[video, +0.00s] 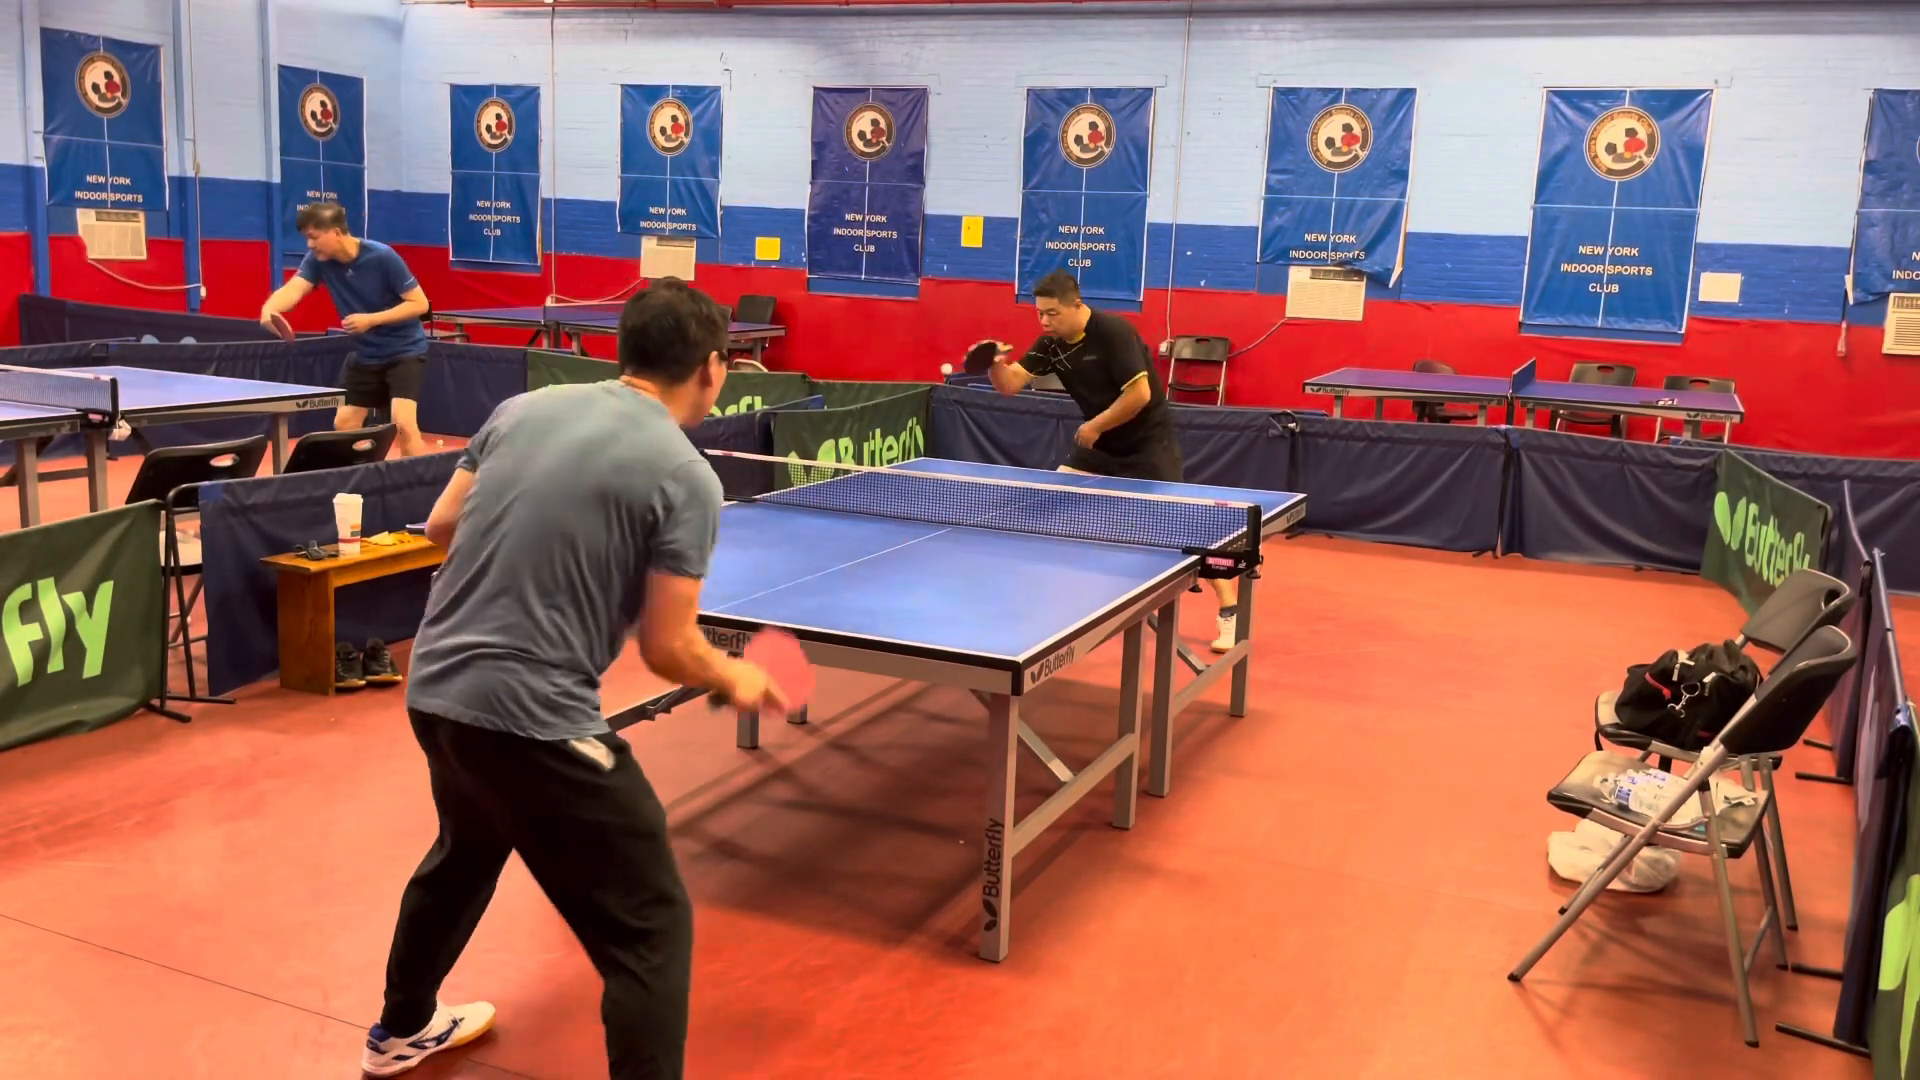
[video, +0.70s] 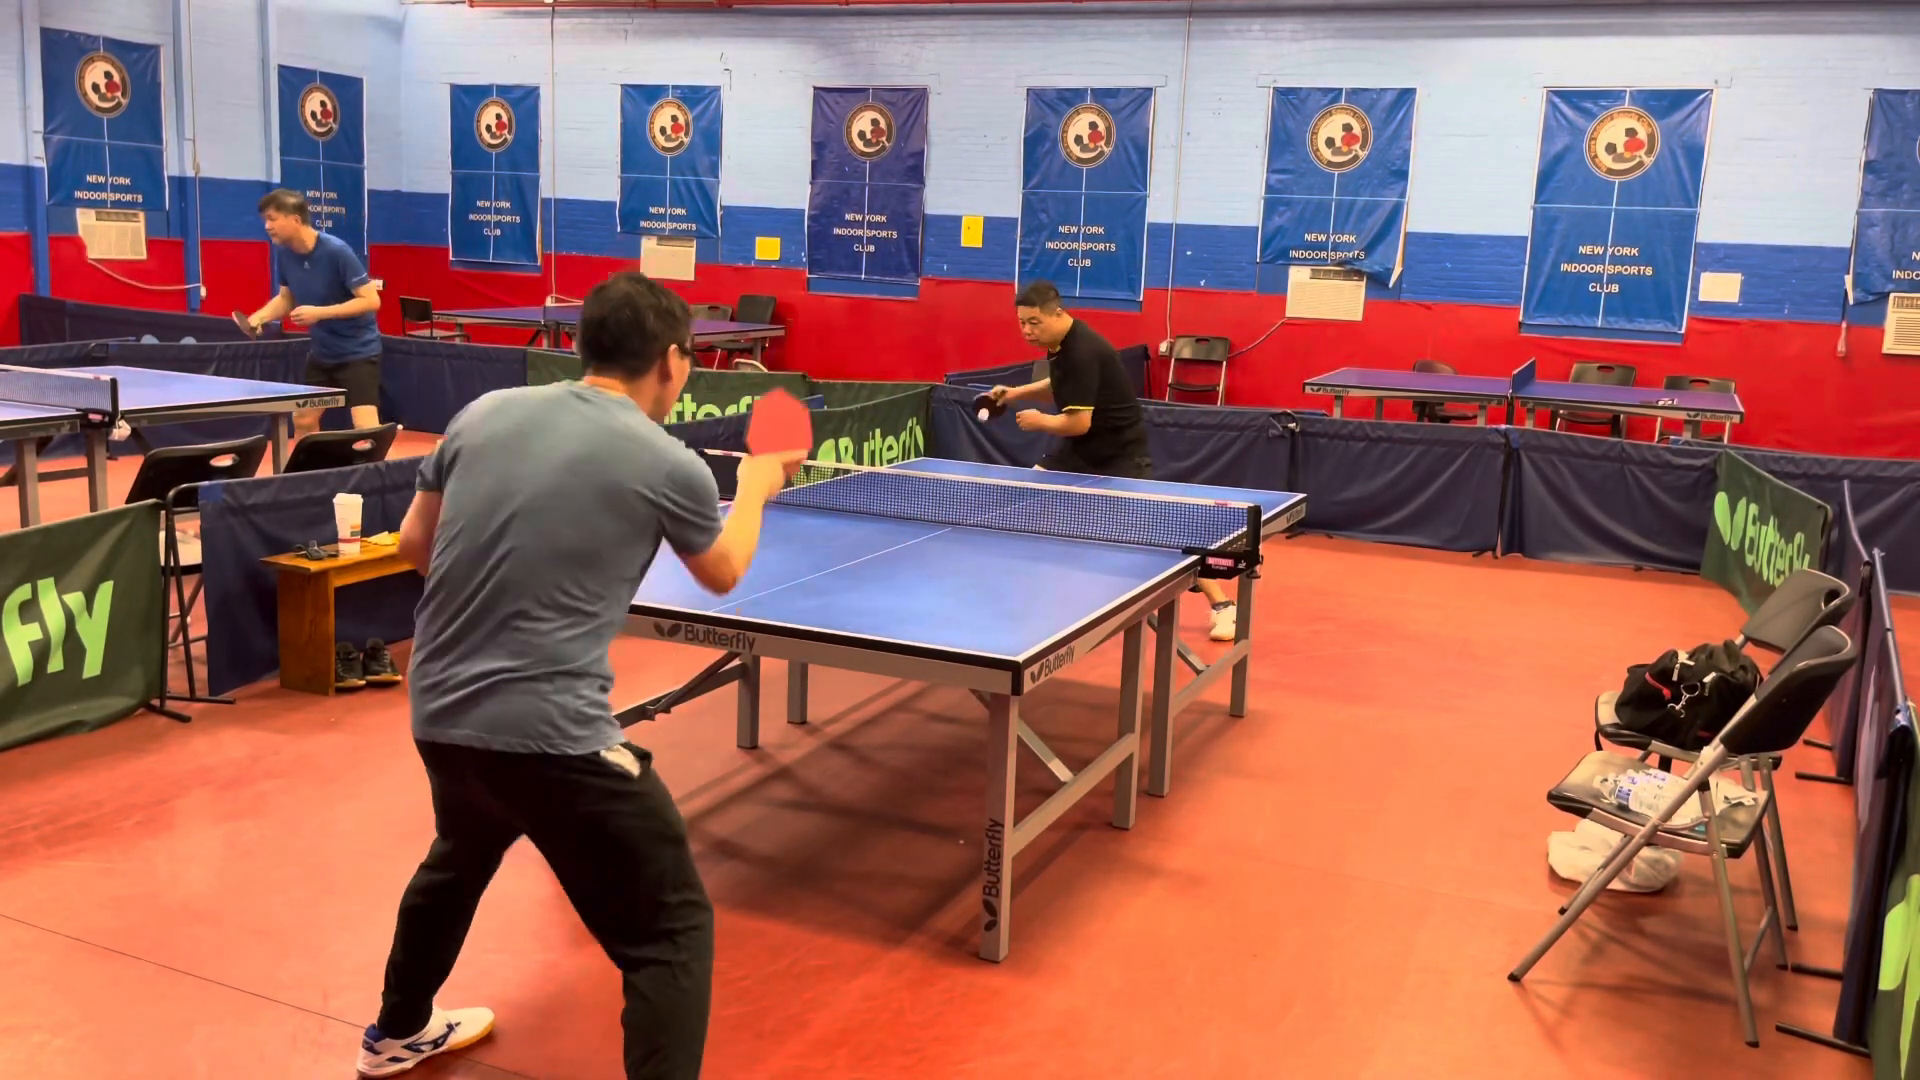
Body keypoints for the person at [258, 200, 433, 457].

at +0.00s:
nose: (310, 245)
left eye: (314, 238)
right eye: (307, 239)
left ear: (336, 233)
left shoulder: (382, 256)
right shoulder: (318, 260)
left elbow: (420, 304)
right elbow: (294, 289)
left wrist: (371, 319)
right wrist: (268, 308)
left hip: (406, 351)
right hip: (366, 353)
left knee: (403, 423)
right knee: (344, 423)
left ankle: (420, 492)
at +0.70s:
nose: (267, 227)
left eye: (272, 219)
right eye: (266, 220)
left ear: (296, 220)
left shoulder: (337, 251)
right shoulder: (284, 253)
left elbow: (371, 300)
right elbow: (287, 297)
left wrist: (319, 313)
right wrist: (257, 318)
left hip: (359, 353)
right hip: (321, 352)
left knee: (365, 425)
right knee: (304, 420)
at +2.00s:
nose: (304, 233)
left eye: (309, 226)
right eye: (303, 227)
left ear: (332, 225)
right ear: (325, 227)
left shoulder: (375, 255)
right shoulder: (324, 260)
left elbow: (408, 307)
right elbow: (330, 304)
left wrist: (352, 315)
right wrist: (303, 320)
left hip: (400, 358)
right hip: (361, 358)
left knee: (412, 430)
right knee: (337, 424)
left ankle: (434, 494)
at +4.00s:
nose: (333, 209)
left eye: (339, 203)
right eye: (332, 203)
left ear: (362, 206)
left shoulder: (396, 245)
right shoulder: (344, 242)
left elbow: (422, 298)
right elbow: (347, 293)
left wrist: (368, 301)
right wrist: (324, 307)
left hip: (394, 355)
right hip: (356, 353)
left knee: (410, 432)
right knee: (350, 427)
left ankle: (439, 496)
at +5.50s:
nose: (319, 251)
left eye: (324, 244)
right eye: (317, 245)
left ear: (347, 240)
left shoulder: (390, 269)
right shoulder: (335, 271)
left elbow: (417, 322)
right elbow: (331, 315)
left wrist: (363, 328)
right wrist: (304, 327)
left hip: (415, 360)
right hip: (377, 361)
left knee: (419, 433)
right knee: (346, 424)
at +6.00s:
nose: (325, 257)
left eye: (330, 250)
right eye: (322, 251)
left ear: (352, 245)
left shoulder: (392, 271)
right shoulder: (331, 266)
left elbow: (420, 326)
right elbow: (298, 290)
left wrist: (372, 333)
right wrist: (270, 299)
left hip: (411, 352)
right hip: (379, 353)